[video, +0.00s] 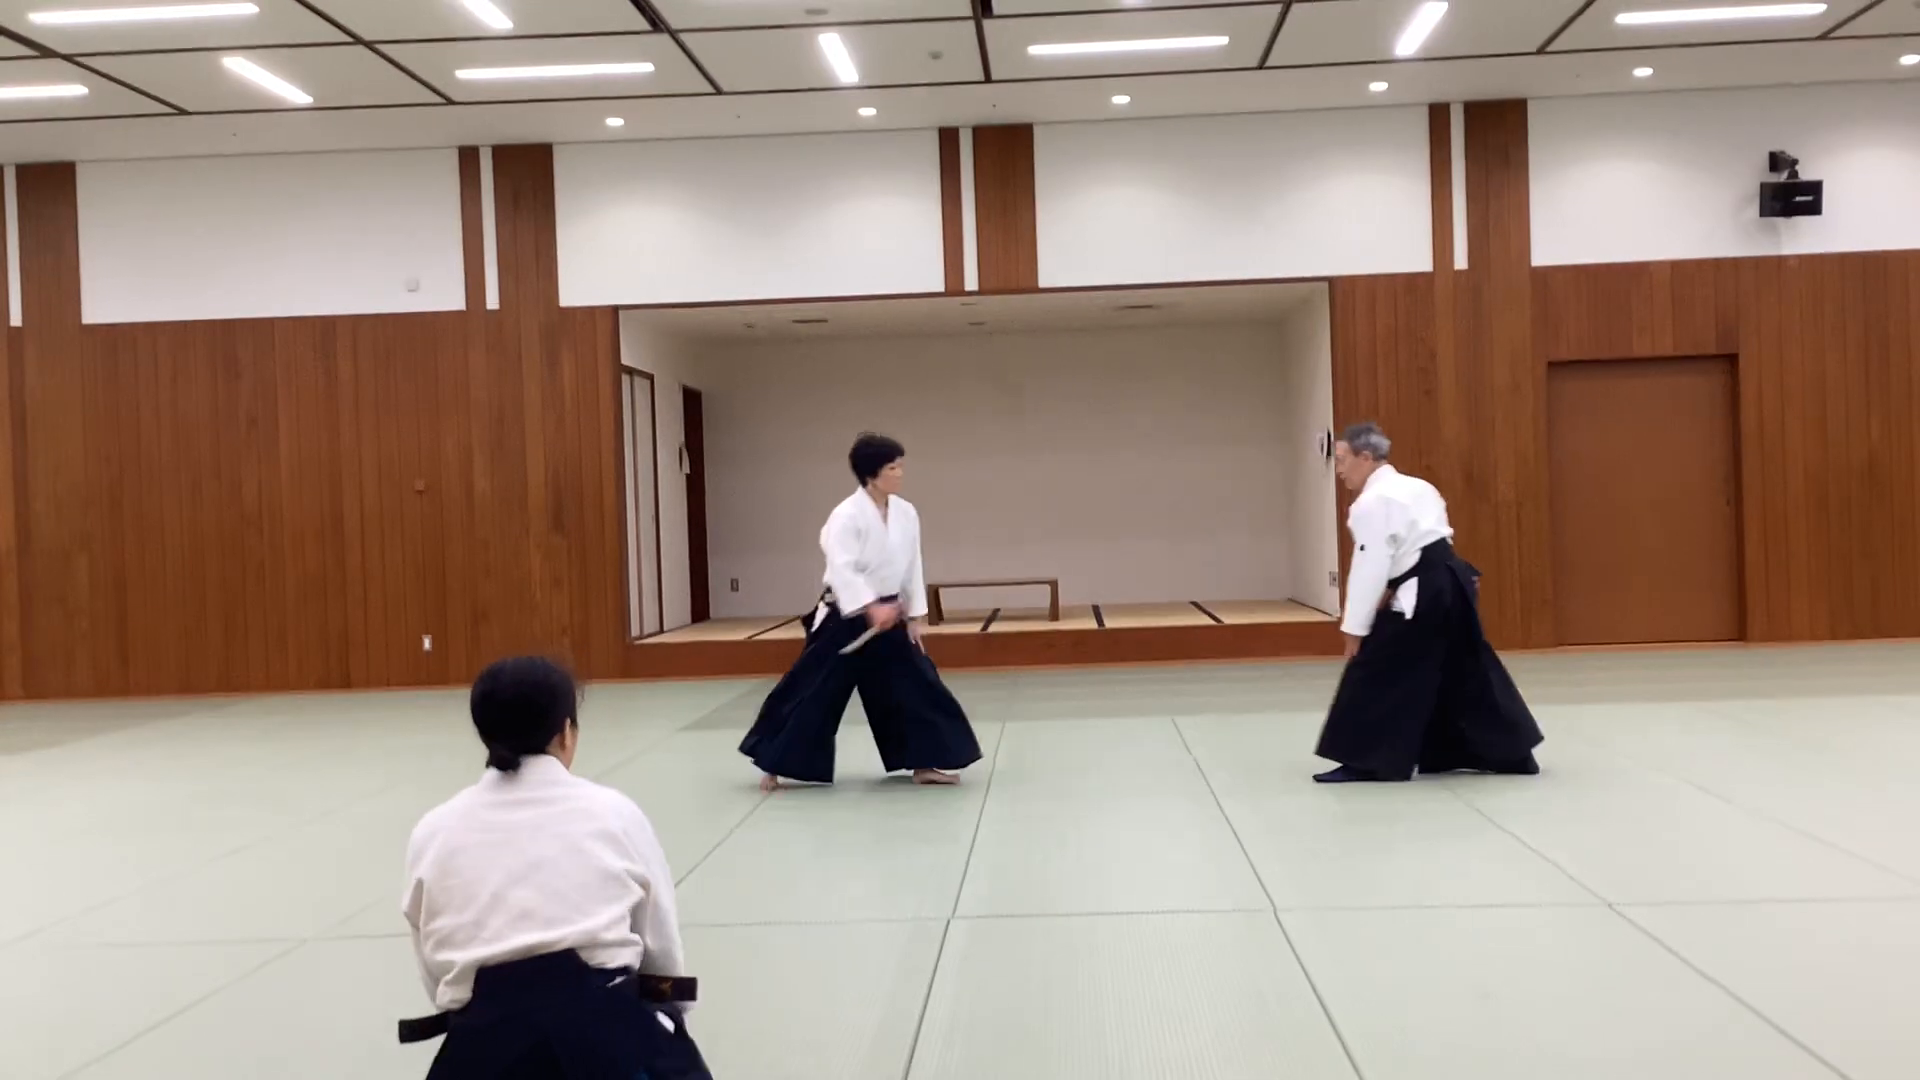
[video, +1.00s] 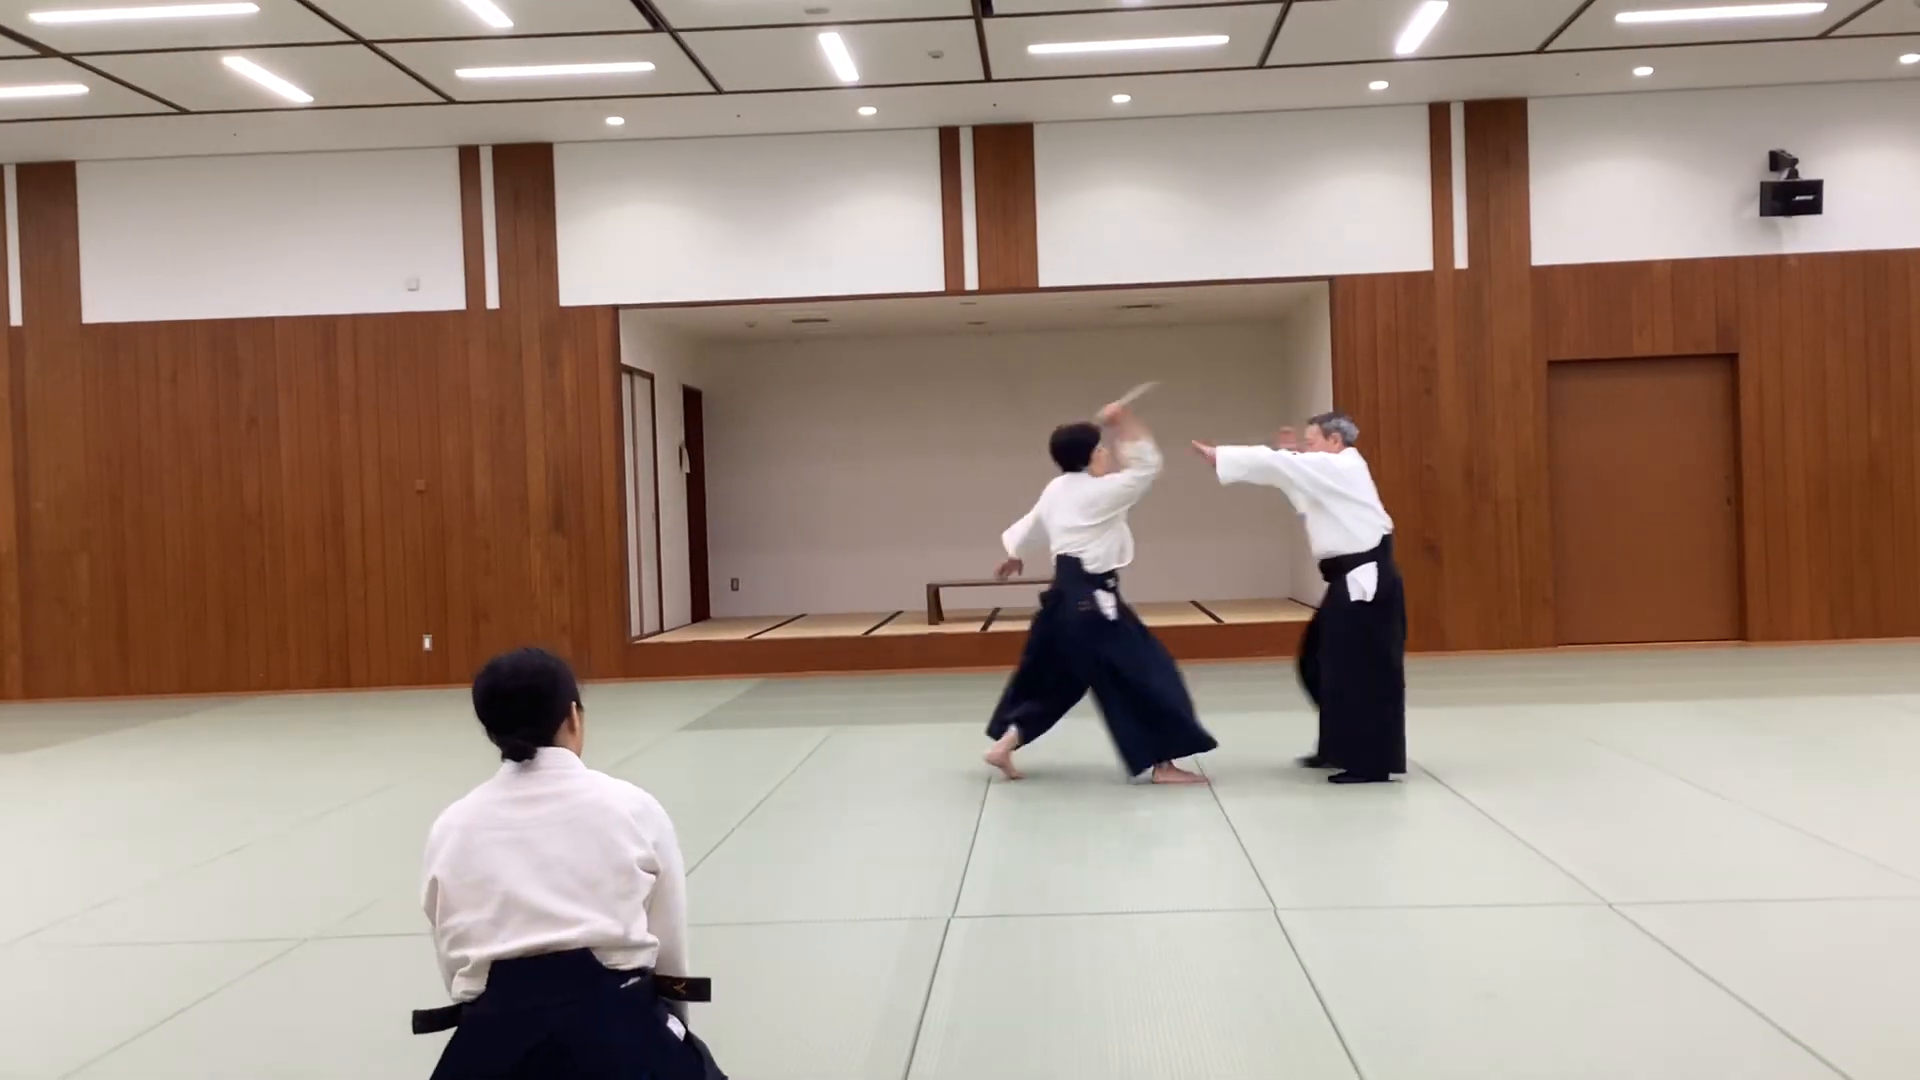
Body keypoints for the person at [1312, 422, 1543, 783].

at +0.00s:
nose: (1338, 468)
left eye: (1342, 458)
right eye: (1337, 459)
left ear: (1367, 458)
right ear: (1377, 458)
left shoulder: (1372, 503)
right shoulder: (1420, 487)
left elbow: (1369, 569)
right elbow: (1438, 542)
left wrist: (1354, 628)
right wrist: (1393, 586)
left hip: (1419, 593)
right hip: (1452, 585)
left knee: (1374, 671)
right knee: (1465, 670)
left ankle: (1366, 761)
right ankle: (1512, 751)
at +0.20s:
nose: (1381, 451)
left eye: (1384, 442)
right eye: (1380, 443)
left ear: (1408, 442)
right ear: (1416, 443)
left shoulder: (1405, 487)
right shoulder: (1461, 478)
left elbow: (1401, 553)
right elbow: (1469, 539)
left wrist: (1393, 606)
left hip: (1443, 587)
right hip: (1478, 583)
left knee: (1395, 666)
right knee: (1485, 665)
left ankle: (1391, 760)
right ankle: (1517, 754)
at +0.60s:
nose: (1377, 452)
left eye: (1382, 443)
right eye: (1377, 444)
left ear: (1405, 443)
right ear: (1417, 444)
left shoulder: (1396, 487)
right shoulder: (1456, 479)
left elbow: (1385, 550)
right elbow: (1480, 531)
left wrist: (1366, 600)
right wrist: (1479, 574)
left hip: (1436, 582)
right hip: (1477, 577)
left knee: (1383, 662)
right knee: (1482, 663)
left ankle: (1376, 759)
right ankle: (1515, 754)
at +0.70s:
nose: (1360, 455)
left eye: (1363, 446)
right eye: (1359, 447)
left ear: (1386, 445)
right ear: (1397, 446)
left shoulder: (1377, 489)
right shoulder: (1433, 478)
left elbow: (1351, 543)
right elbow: (1463, 515)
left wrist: (1316, 574)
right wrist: (1434, 549)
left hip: (1415, 587)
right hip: (1451, 582)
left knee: (1366, 666)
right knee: (1469, 666)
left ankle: (1372, 761)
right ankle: (1516, 752)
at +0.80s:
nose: (1340, 456)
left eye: (1345, 447)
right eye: (1340, 448)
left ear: (1367, 445)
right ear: (1375, 447)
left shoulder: (1359, 481)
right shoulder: (1415, 481)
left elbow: (1313, 511)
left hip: (1392, 584)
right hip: (1424, 579)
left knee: (1357, 668)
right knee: (1433, 669)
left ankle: (1375, 760)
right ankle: (1493, 733)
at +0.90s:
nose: (1321, 451)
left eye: (1326, 444)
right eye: (1322, 444)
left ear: (1351, 444)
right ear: (1353, 446)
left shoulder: (1356, 473)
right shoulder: (1370, 468)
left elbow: (1299, 483)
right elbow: (1308, 478)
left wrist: (1241, 481)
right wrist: (1256, 477)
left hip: (1377, 581)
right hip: (1392, 576)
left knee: (1358, 670)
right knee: (1397, 664)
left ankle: (1375, 762)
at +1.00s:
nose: (1306, 447)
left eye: (1312, 440)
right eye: (1306, 440)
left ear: (1334, 440)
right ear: (1333, 440)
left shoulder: (1342, 465)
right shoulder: (1329, 464)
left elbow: (1284, 463)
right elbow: (1309, 475)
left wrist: (1222, 456)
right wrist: (1293, 454)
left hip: (1369, 580)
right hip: (1348, 579)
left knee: (1363, 671)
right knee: (1316, 661)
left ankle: (1371, 763)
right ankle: (1336, 748)